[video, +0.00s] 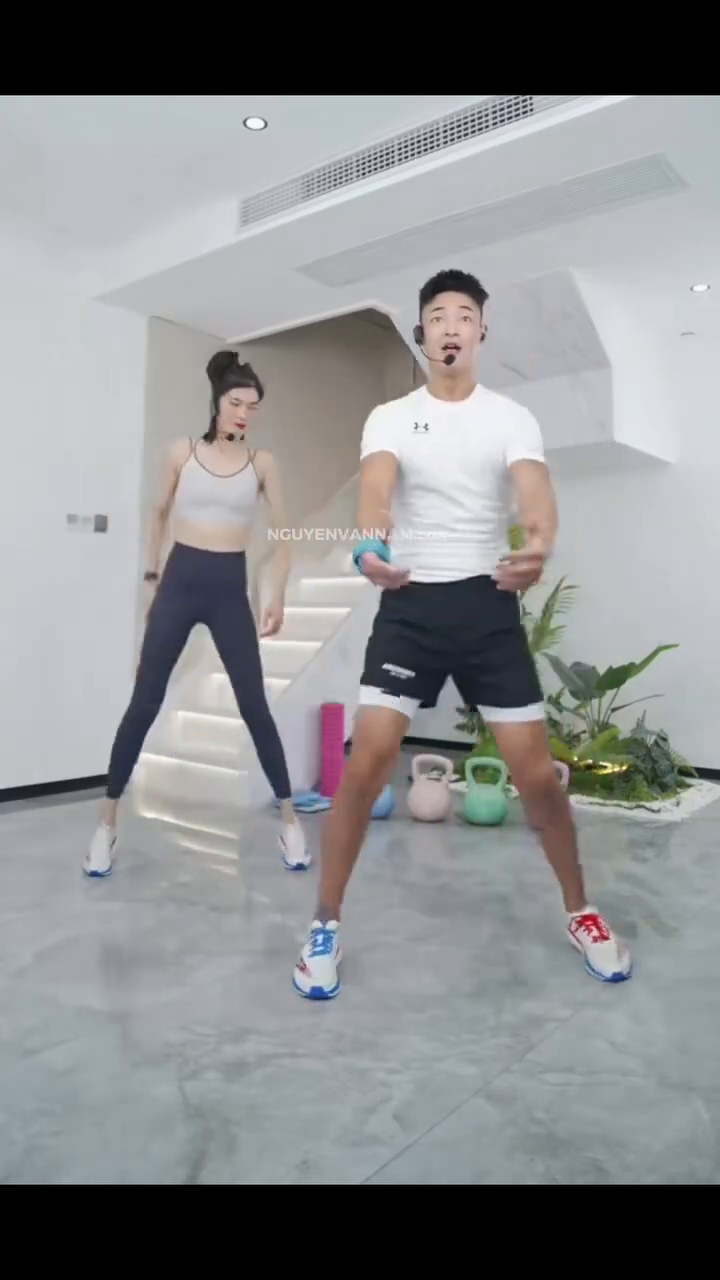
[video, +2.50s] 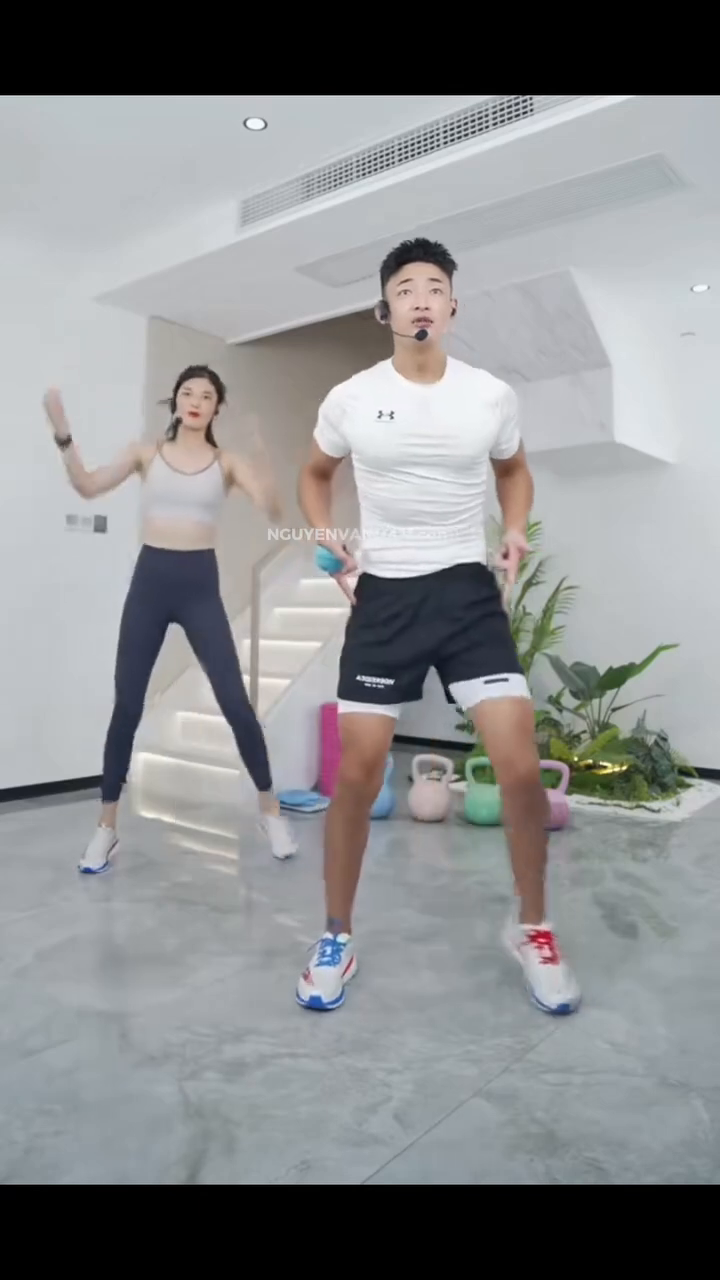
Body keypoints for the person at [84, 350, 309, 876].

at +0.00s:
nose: (243, 415)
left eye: (251, 407)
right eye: (236, 404)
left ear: (257, 412)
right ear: (217, 404)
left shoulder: (262, 463)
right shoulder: (182, 453)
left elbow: (283, 535)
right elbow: (162, 516)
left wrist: (277, 596)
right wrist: (152, 579)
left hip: (231, 588)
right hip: (179, 583)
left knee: (254, 706)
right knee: (145, 701)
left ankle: (290, 818)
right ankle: (108, 817)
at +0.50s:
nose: (173, 399)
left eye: (182, 393)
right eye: (165, 391)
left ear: (195, 405)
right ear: (151, 400)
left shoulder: (212, 463)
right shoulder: (128, 455)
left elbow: (218, 538)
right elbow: (107, 519)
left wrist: (223, 605)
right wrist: (96, 555)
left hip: (181, 586)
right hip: (130, 579)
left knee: (148, 706)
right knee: (113, 704)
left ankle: (136, 821)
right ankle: (104, 823)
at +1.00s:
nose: (226, 417)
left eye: (236, 410)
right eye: (219, 408)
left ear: (248, 419)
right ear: (205, 413)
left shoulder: (260, 464)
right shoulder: (184, 461)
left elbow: (311, 451)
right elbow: (139, 422)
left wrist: (277, 393)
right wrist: (179, 373)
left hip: (256, 594)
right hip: (205, 595)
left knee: (265, 710)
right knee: (146, 706)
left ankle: (277, 825)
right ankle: (128, 815)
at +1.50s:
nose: (241, 427)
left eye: (252, 421)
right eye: (236, 417)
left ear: (265, 429)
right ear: (226, 420)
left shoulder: (273, 474)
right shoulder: (203, 460)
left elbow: (327, 444)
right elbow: (173, 391)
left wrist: (292, 398)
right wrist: (228, 368)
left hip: (255, 599)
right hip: (207, 598)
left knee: (267, 718)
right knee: (145, 700)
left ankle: (277, 829)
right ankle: (185, 806)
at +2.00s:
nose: (184, 430)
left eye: (194, 424)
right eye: (178, 420)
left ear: (205, 431)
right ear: (165, 420)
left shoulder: (207, 478)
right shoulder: (136, 456)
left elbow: (250, 469)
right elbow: (101, 396)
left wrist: (228, 415)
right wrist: (159, 372)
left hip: (168, 597)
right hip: (118, 592)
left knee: (179, 710)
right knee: (104, 711)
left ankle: (182, 793)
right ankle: (103, 826)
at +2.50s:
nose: (196, 402)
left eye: (206, 397)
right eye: (189, 394)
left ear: (217, 409)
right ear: (174, 402)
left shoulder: (226, 461)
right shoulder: (148, 452)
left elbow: (272, 510)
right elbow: (87, 484)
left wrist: (266, 470)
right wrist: (63, 434)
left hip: (200, 586)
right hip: (149, 584)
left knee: (236, 706)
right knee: (127, 707)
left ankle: (271, 810)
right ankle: (107, 825)